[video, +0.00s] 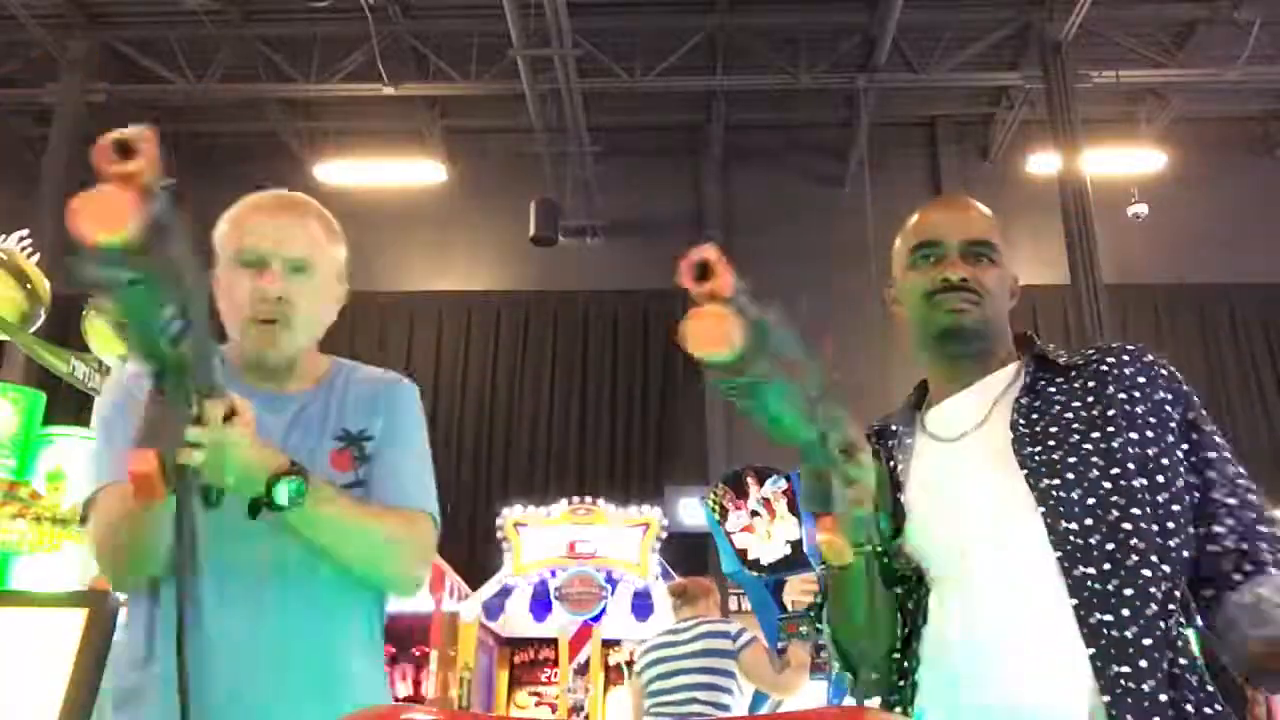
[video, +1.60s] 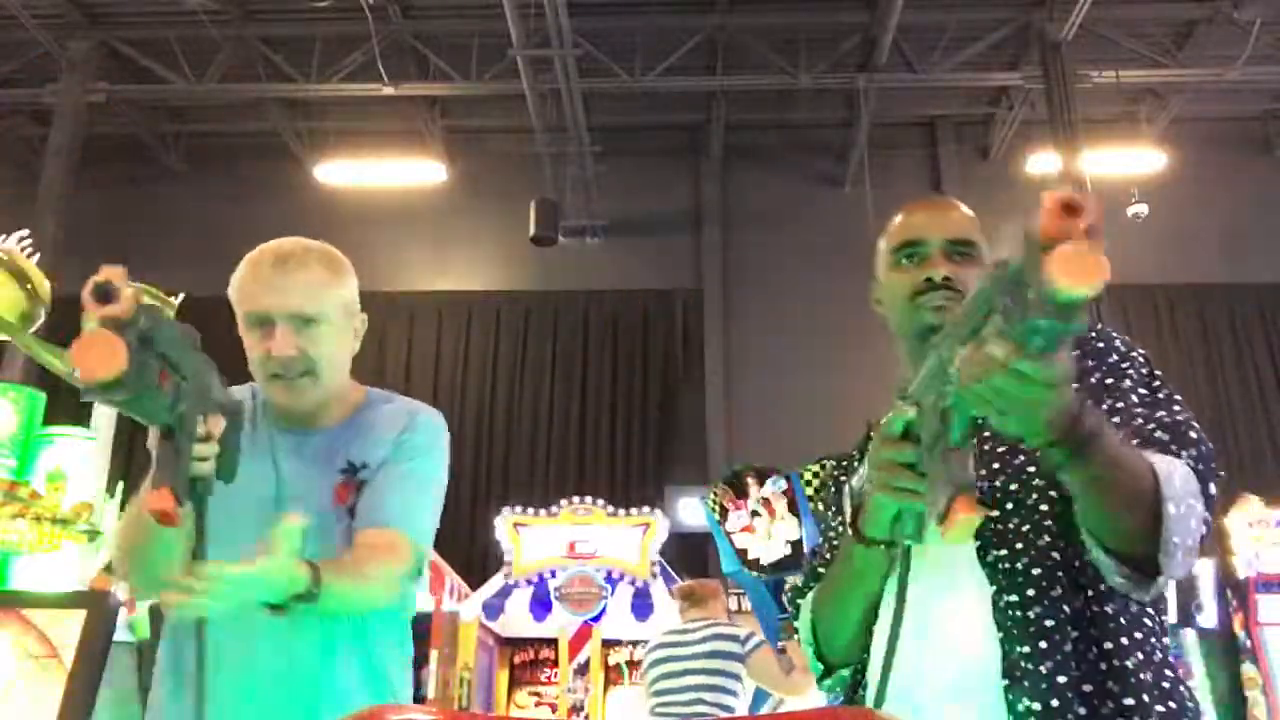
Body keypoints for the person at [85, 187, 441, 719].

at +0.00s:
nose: (273, 288)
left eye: (299, 270)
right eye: (250, 265)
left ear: (338, 295)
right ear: (216, 283)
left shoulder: (383, 401)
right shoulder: (147, 387)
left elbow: (407, 562)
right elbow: (123, 568)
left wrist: (267, 472)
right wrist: (165, 462)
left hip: (329, 704)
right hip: (162, 704)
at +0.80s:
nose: (319, 325)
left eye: (343, 306)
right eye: (299, 300)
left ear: (375, 331)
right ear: (261, 317)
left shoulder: (412, 430)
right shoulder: (204, 414)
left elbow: (423, 576)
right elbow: (158, 582)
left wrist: (283, 505)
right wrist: (173, 511)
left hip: (344, 709)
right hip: (199, 707)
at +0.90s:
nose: (333, 342)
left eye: (353, 327)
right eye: (317, 321)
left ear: (386, 343)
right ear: (276, 324)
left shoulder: (419, 437)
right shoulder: (209, 420)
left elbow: (448, 582)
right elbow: (197, 574)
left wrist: (344, 520)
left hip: (361, 708)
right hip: (213, 707)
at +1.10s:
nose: (326, 329)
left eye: (350, 311)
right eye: (304, 306)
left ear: (381, 337)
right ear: (268, 321)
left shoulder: (414, 434)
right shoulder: (201, 418)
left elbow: (445, 579)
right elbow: (195, 576)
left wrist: (331, 522)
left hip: (362, 709)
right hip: (208, 709)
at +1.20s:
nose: (297, 322)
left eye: (323, 305)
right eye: (276, 300)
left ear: (361, 328)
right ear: (246, 314)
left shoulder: (402, 423)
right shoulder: (190, 415)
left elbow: (419, 563)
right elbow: (166, 584)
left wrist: (269, 494)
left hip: (346, 708)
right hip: (189, 708)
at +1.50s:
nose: (277, 336)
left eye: (304, 312)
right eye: (258, 311)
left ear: (351, 323)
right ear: (234, 321)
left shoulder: (396, 424)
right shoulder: (202, 413)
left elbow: (345, 565)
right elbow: (132, 589)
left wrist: (228, 550)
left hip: (337, 711)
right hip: (193, 709)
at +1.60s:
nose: (280, 347)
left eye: (305, 323)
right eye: (261, 324)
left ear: (356, 331)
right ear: (239, 331)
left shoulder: (408, 431)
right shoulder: (200, 421)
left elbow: (383, 574)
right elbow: (138, 578)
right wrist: (168, 476)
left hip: (344, 712)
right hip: (194, 710)